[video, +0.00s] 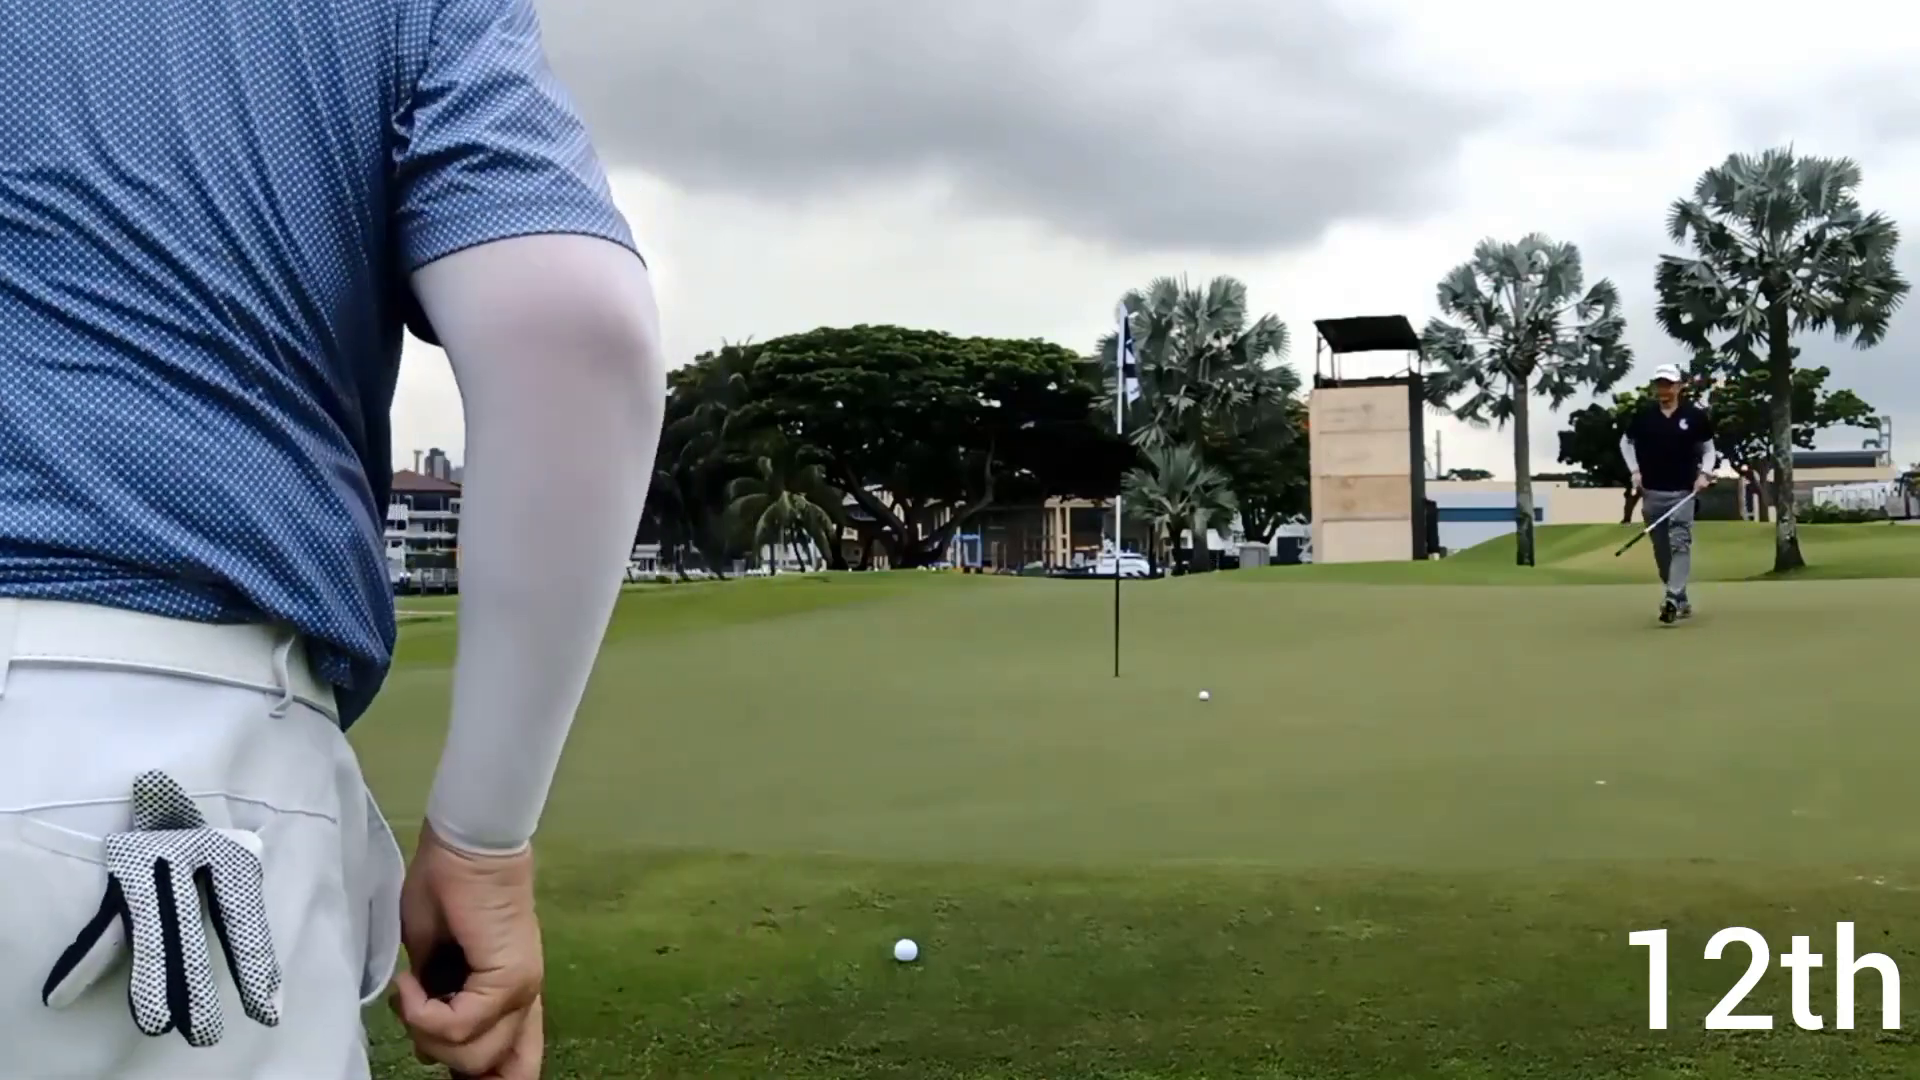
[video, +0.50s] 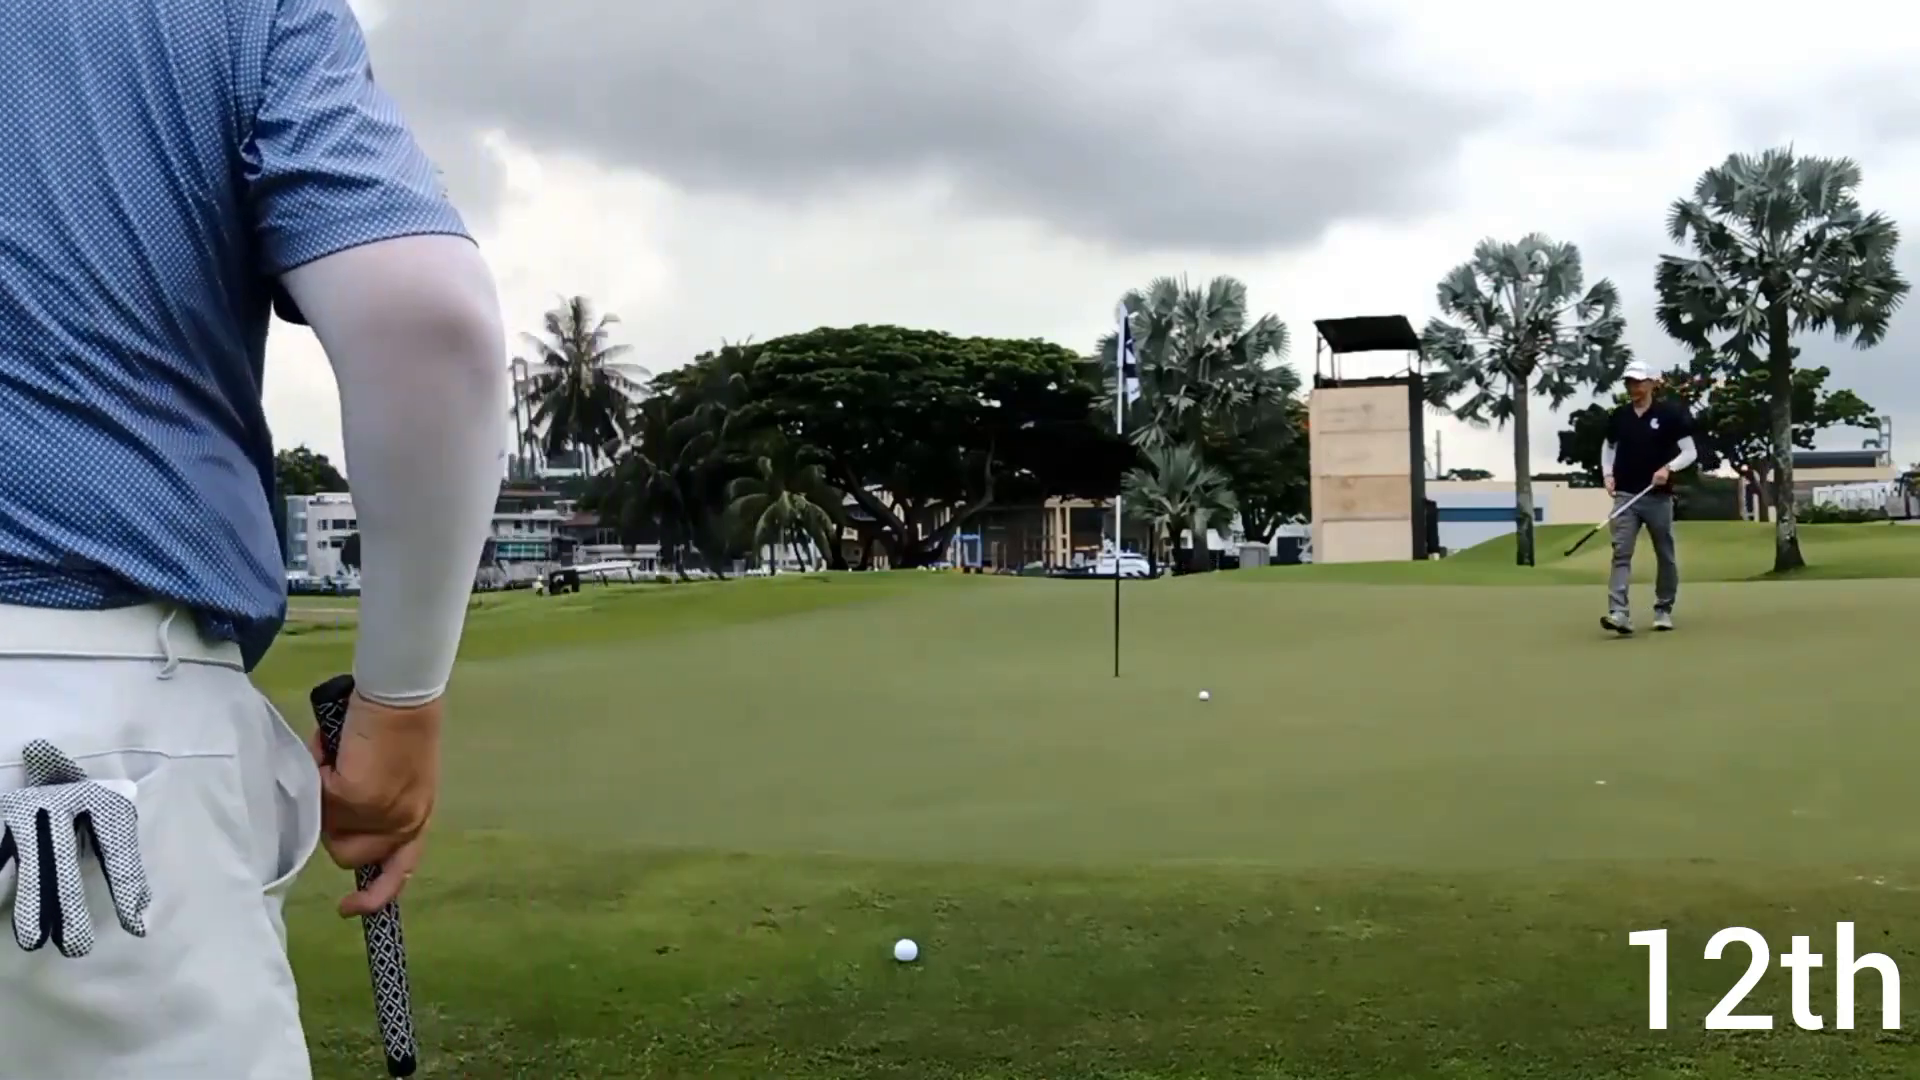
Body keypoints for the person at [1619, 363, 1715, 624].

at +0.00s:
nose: (1664, 389)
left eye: (1669, 384)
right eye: (1660, 384)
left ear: (1679, 386)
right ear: (1655, 386)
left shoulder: (1695, 416)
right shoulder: (1644, 416)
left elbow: (1709, 450)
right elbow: (1626, 443)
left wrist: (1704, 474)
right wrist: (1635, 471)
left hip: (1682, 492)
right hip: (1652, 493)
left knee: (1679, 543)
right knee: (1661, 548)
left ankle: (1672, 598)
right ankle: (1678, 597)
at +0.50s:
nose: (1633, 388)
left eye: (1638, 382)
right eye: (1629, 383)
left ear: (1651, 384)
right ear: (1626, 385)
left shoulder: (1670, 415)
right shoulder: (1619, 417)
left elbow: (1690, 451)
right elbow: (1608, 449)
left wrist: (1668, 468)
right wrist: (1608, 474)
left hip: (1657, 496)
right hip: (1625, 495)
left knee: (1665, 555)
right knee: (1620, 553)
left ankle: (1663, 609)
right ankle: (1619, 612)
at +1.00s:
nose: (1603, 388)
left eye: (1608, 382)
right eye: (1598, 383)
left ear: (1620, 383)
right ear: (1593, 385)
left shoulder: (1640, 414)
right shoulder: (1582, 418)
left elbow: (1662, 454)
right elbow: (1563, 455)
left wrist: (1640, 463)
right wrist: (1589, 468)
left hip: (1628, 499)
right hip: (1595, 500)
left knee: (1623, 554)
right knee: (1603, 562)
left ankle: (1620, 616)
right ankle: (1617, 617)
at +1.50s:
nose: (1588, 380)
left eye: (1594, 374)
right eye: (1583, 374)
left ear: (1603, 377)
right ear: (1576, 378)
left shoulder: (1620, 412)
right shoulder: (1563, 413)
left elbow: (1636, 455)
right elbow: (1550, 453)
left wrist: (1597, 468)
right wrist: (1559, 472)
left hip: (1609, 504)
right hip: (1572, 502)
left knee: (1612, 566)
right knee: (1566, 556)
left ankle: (1608, 629)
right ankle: (1569, 630)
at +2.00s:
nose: (1548, 378)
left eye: (1553, 372)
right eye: (1543, 373)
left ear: (1564, 373)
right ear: (1536, 377)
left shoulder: (1587, 408)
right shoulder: (1525, 412)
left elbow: (1603, 453)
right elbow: (1510, 451)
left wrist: (1578, 470)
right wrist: (1515, 473)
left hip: (1575, 499)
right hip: (1540, 501)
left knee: (1574, 558)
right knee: (1548, 571)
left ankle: (1582, 635)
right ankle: (1562, 638)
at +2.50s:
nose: (1508, 376)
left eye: (1514, 369)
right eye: (1505, 370)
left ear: (1532, 367)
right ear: (1504, 371)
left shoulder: (1556, 402)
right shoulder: (1501, 407)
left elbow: (1580, 450)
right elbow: (1492, 455)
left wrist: (1551, 466)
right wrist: (1482, 500)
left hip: (1544, 507)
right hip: (1504, 505)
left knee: (1551, 577)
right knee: (1495, 565)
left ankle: (1552, 647)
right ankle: (1516, 640)